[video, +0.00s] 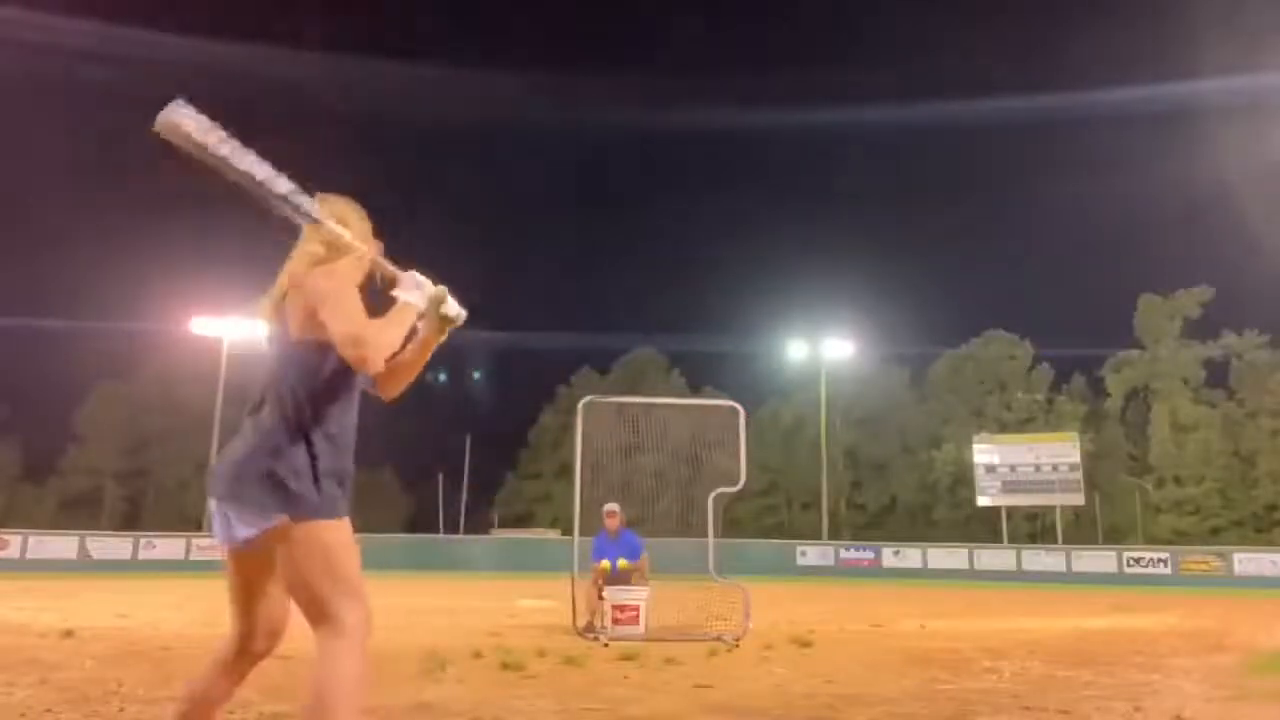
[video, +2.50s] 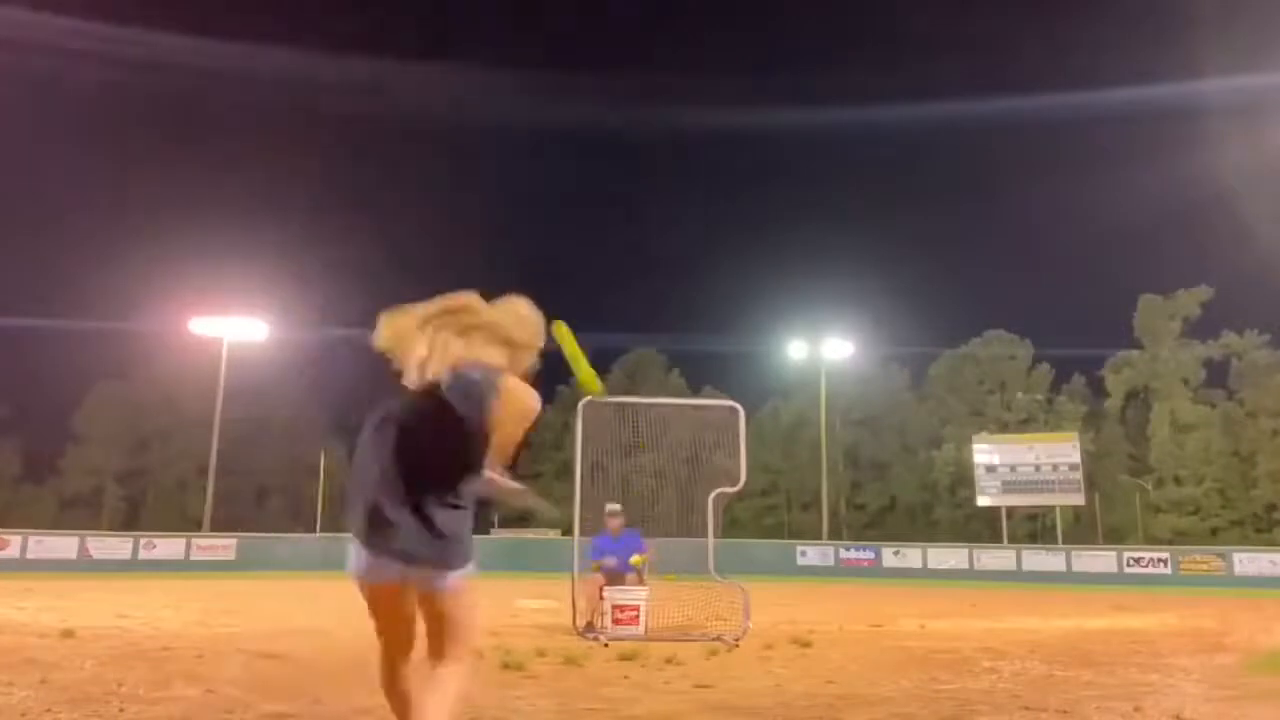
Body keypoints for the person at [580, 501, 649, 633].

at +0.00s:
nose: (611, 520)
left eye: (614, 516)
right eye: (608, 517)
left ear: (621, 518)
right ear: (603, 519)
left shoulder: (631, 538)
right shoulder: (599, 539)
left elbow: (643, 562)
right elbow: (595, 564)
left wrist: (628, 565)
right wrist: (602, 567)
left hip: (627, 576)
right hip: (607, 576)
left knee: (641, 581)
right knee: (592, 586)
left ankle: (638, 621)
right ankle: (591, 620)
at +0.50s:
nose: (612, 519)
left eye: (615, 515)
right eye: (609, 516)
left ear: (621, 517)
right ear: (605, 518)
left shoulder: (631, 537)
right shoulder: (600, 538)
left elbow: (642, 563)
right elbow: (594, 564)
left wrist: (627, 569)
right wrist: (601, 566)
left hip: (625, 573)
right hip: (607, 574)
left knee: (637, 576)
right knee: (593, 580)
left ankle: (636, 620)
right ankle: (590, 620)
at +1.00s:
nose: (612, 520)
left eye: (615, 515)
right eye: (608, 516)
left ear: (621, 517)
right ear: (604, 519)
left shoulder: (631, 537)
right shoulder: (599, 539)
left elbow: (640, 560)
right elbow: (593, 562)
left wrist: (625, 566)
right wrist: (600, 564)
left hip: (625, 572)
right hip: (606, 572)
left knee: (635, 573)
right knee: (593, 580)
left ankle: (635, 618)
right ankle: (590, 620)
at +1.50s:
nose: (599, 523)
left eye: (601, 519)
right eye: (595, 520)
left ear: (609, 518)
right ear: (593, 522)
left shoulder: (623, 537)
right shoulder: (595, 542)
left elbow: (640, 556)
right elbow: (591, 564)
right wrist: (597, 575)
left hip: (622, 573)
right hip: (603, 575)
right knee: (591, 587)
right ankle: (589, 622)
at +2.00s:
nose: (596, 525)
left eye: (598, 520)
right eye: (592, 522)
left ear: (606, 519)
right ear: (590, 524)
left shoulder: (620, 534)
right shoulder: (594, 544)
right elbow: (593, 568)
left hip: (625, 574)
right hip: (606, 575)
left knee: (631, 577)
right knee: (591, 581)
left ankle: (628, 621)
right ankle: (590, 622)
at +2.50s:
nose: (614, 522)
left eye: (617, 517)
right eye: (611, 518)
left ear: (623, 519)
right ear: (606, 520)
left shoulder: (633, 536)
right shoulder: (599, 539)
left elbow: (643, 554)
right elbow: (595, 563)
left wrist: (638, 559)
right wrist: (604, 563)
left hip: (627, 572)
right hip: (608, 572)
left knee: (632, 578)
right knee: (595, 580)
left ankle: (630, 619)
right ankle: (590, 621)